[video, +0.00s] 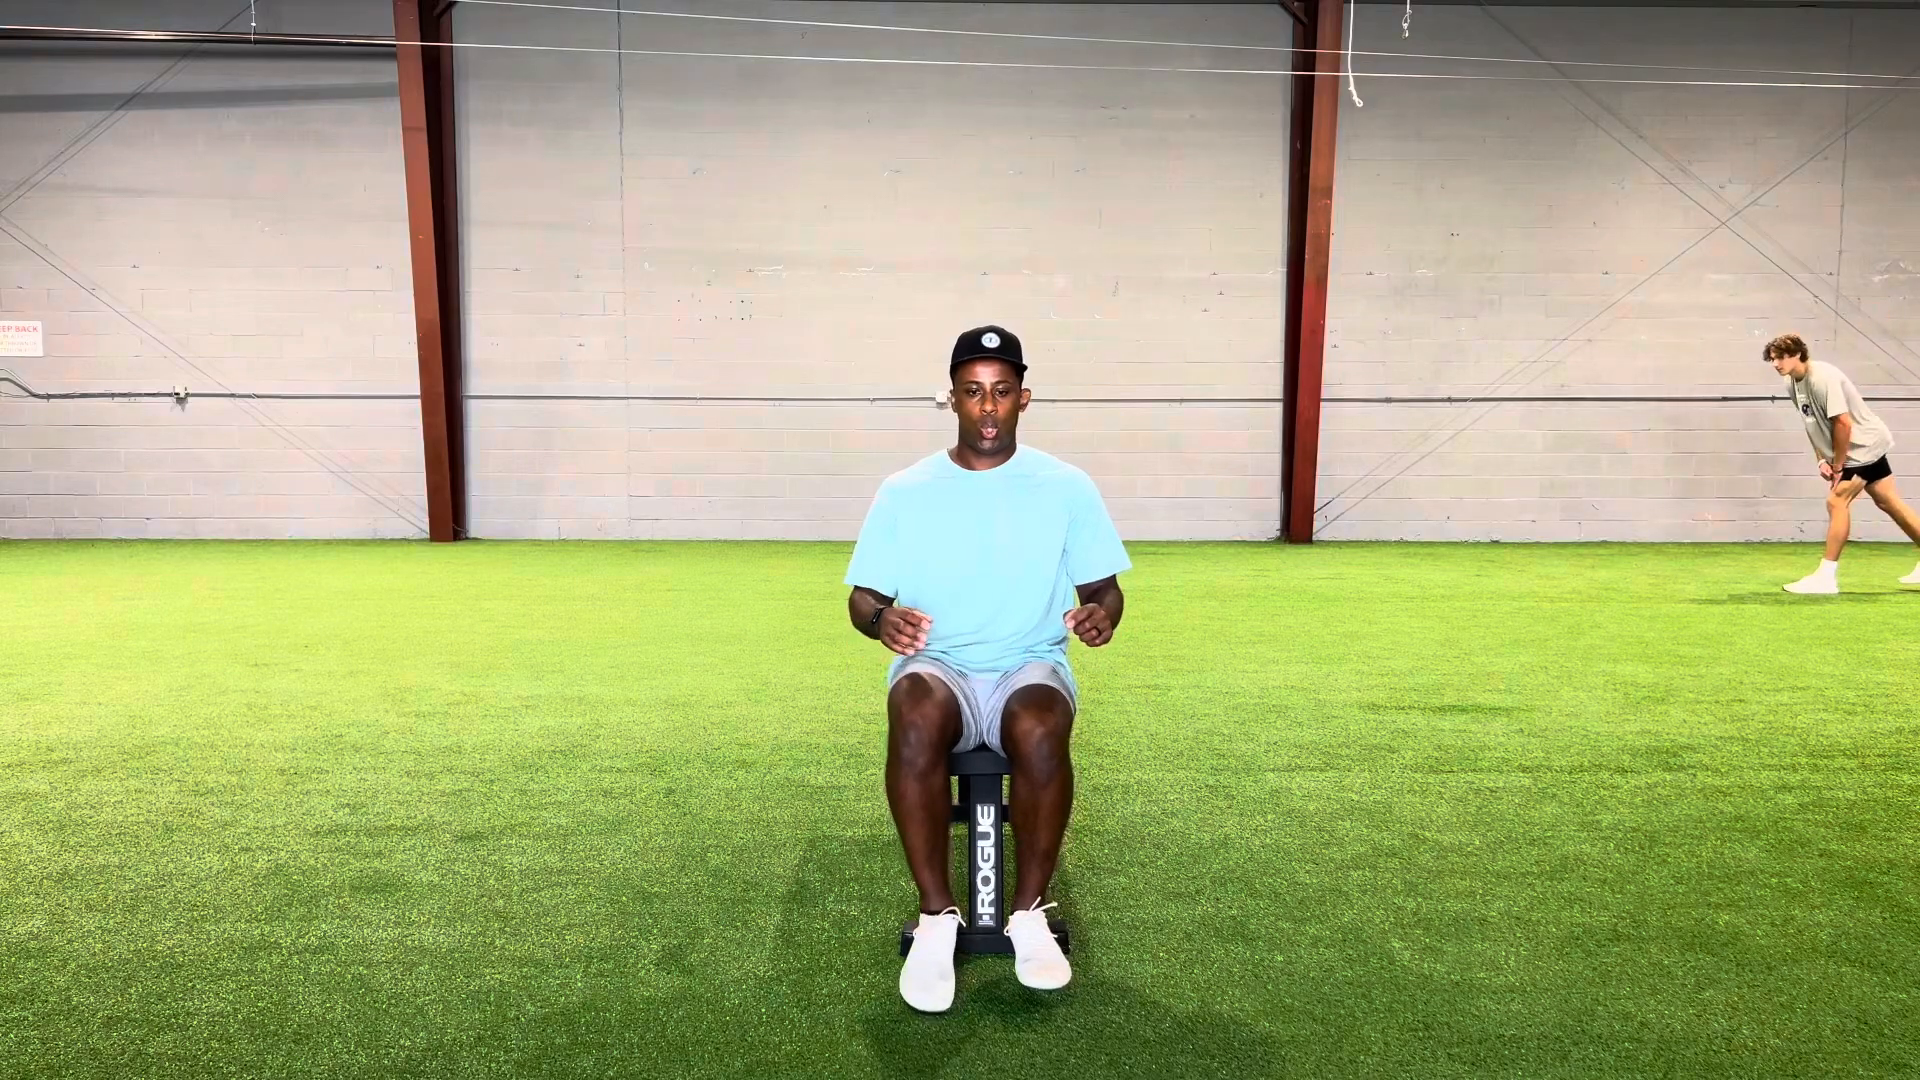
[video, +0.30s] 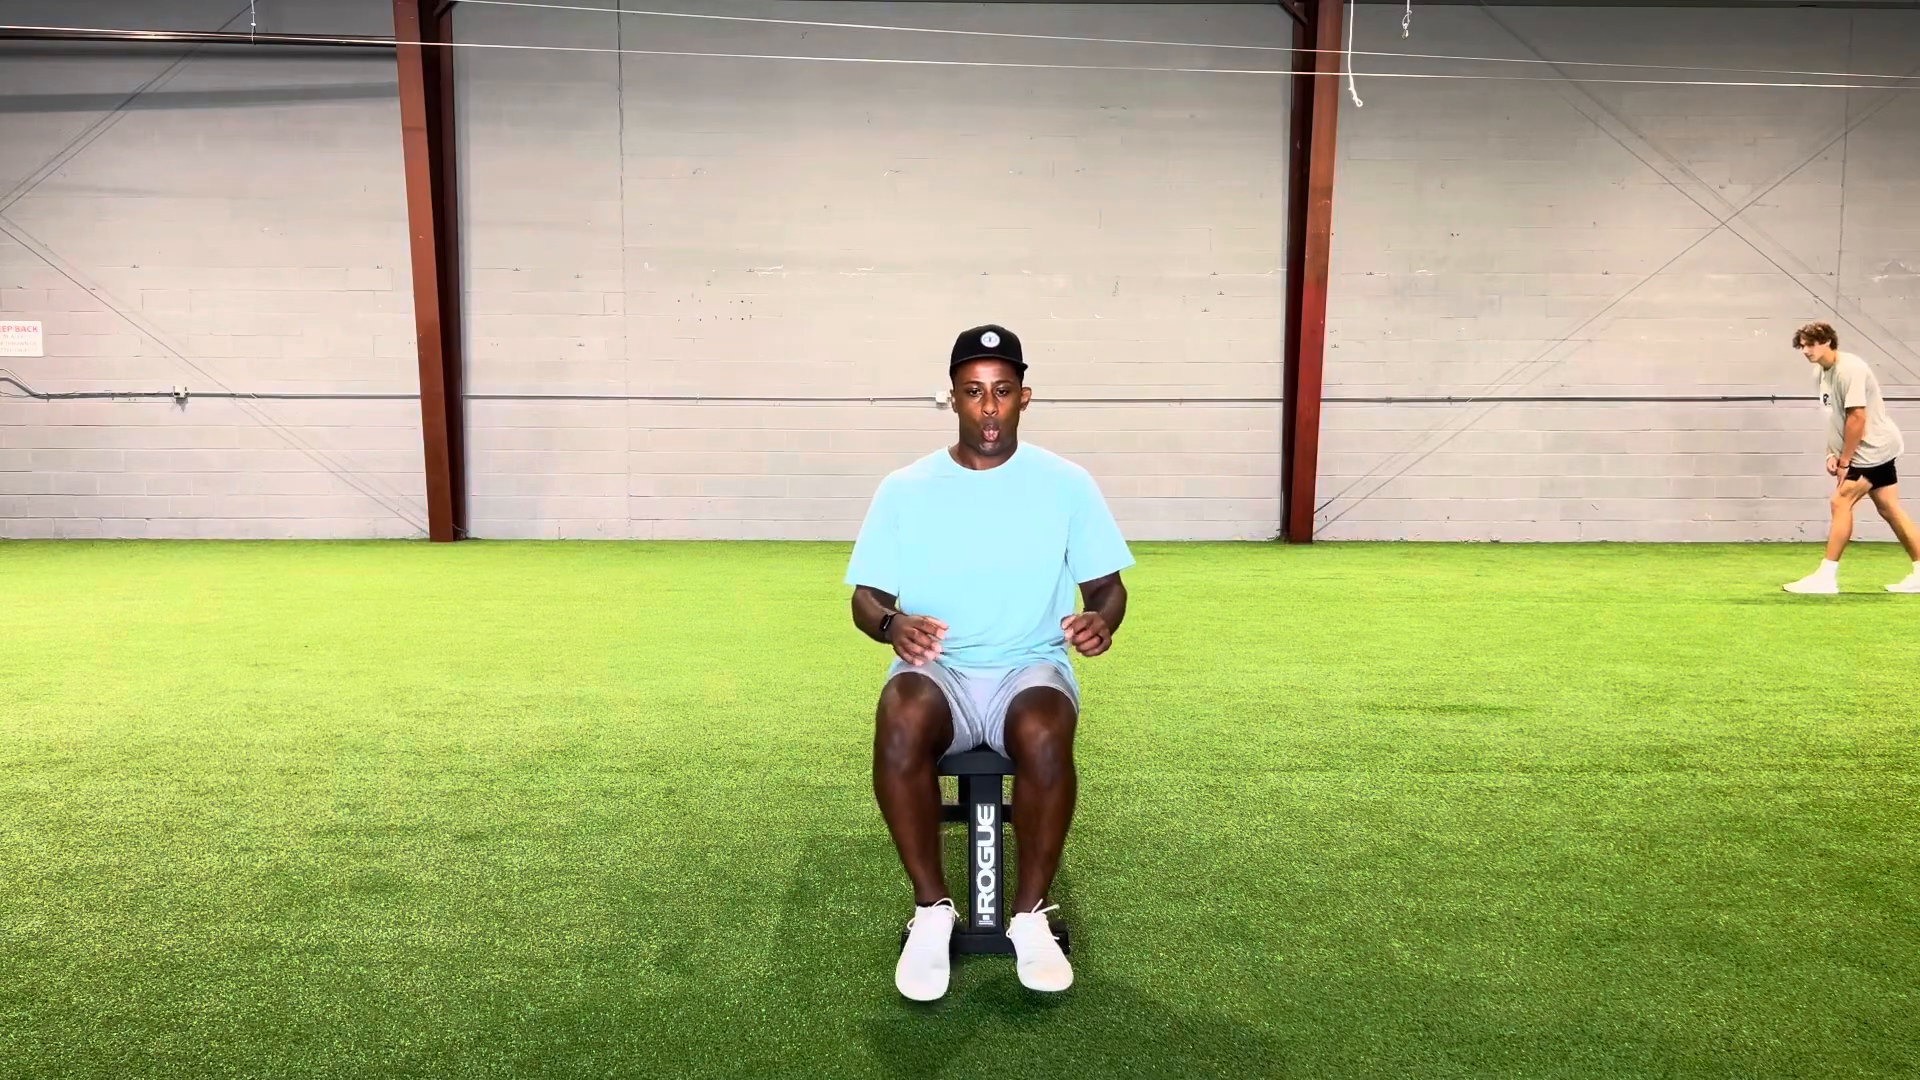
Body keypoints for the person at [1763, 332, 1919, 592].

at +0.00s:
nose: (1775, 365)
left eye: (1780, 358)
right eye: (1773, 360)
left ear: (1797, 355)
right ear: (1779, 361)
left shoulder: (1823, 377)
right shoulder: (1794, 383)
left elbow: (1843, 423)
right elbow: (1811, 423)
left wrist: (1838, 465)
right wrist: (1821, 458)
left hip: (1868, 446)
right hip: (1861, 446)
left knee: (1838, 502)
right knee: (1889, 502)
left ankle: (1826, 575)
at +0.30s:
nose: (1805, 352)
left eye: (1809, 345)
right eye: (1802, 347)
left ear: (1827, 343)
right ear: (1806, 349)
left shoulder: (1850, 367)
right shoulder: (1824, 373)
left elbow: (1857, 418)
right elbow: (1836, 416)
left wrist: (1844, 461)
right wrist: (1833, 452)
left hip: (1875, 449)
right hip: (1874, 448)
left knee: (1841, 502)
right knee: (1889, 509)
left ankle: (1826, 576)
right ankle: (1918, 569)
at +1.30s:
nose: (1859, 337)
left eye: (1862, 330)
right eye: (1856, 332)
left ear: (1879, 328)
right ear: (1870, 332)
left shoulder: (1899, 357)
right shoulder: (1876, 358)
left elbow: (1903, 407)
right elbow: (1874, 410)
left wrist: (1877, 447)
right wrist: (1859, 447)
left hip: (1882, 450)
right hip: (1874, 450)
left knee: (1856, 504)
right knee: (1892, 509)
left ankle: (1828, 574)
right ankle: (1919, 570)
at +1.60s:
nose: (1858, 337)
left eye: (1862, 330)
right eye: (1856, 332)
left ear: (1879, 328)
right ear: (1868, 332)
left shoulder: (1898, 357)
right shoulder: (1875, 359)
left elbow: (1900, 407)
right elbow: (1873, 410)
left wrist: (1872, 447)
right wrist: (1857, 446)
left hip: (1880, 451)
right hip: (1874, 451)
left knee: (1857, 505)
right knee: (1890, 509)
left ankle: (1828, 574)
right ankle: (1919, 570)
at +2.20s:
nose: (1860, 338)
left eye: (1864, 331)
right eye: (1857, 333)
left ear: (1881, 329)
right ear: (1861, 334)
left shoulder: (1899, 358)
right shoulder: (1874, 358)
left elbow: (1903, 407)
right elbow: (1870, 409)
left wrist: (1881, 449)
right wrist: (1857, 448)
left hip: (1879, 451)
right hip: (1870, 450)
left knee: (1857, 506)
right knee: (1890, 510)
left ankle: (1829, 574)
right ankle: (1919, 570)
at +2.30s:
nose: (1859, 339)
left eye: (1863, 333)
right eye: (1856, 335)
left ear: (1880, 329)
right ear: (1859, 335)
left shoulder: (1899, 357)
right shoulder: (1874, 358)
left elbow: (1902, 407)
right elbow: (1870, 409)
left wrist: (1879, 449)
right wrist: (1857, 446)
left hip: (1879, 451)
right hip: (1870, 451)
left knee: (1857, 506)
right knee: (1890, 510)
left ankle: (1828, 574)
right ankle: (1919, 570)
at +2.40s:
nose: (1858, 342)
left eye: (1861, 335)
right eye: (1856, 337)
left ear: (1878, 329)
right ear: (1867, 334)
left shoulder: (1899, 357)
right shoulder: (1874, 359)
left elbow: (1902, 407)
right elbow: (1871, 409)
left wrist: (1877, 449)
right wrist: (1857, 446)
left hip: (1880, 452)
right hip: (1872, 451)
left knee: (1857, 506)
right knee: (1890, 510)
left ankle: (1828, 574)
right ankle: (1919, 570)